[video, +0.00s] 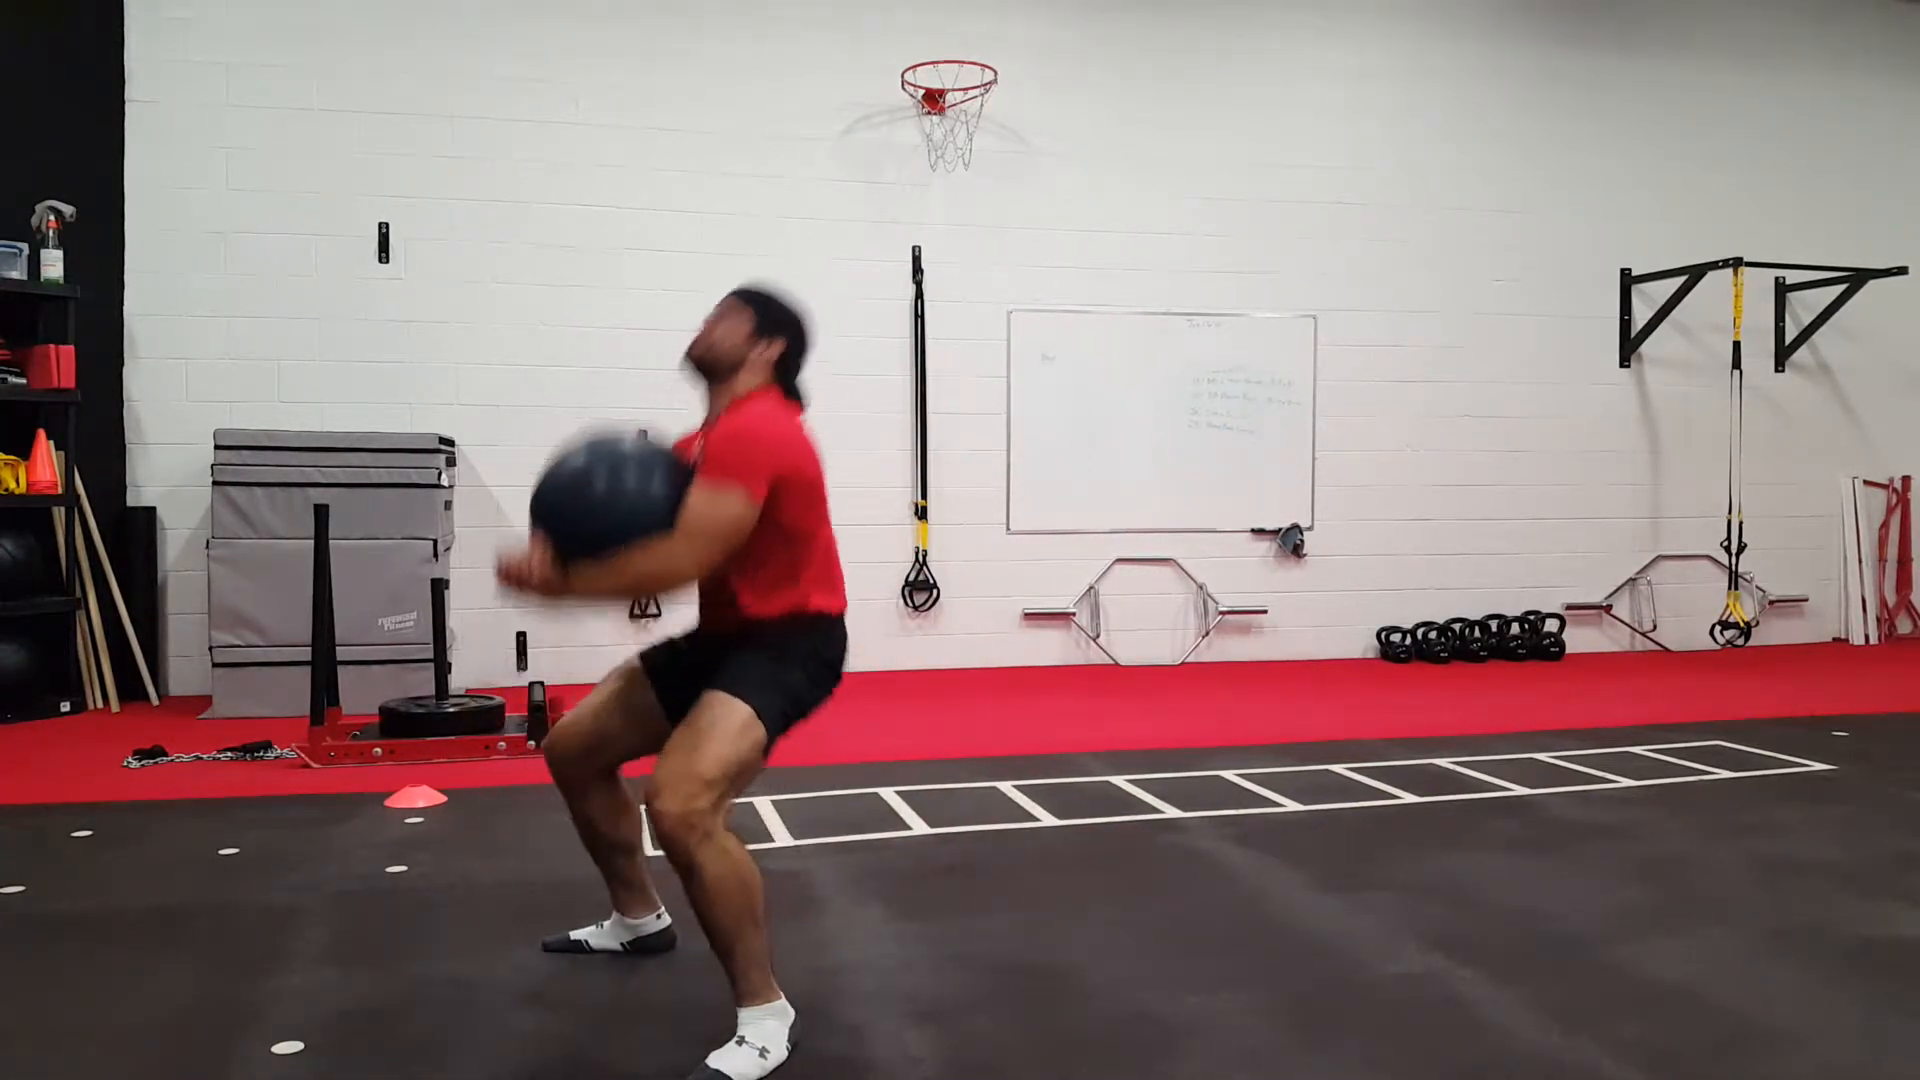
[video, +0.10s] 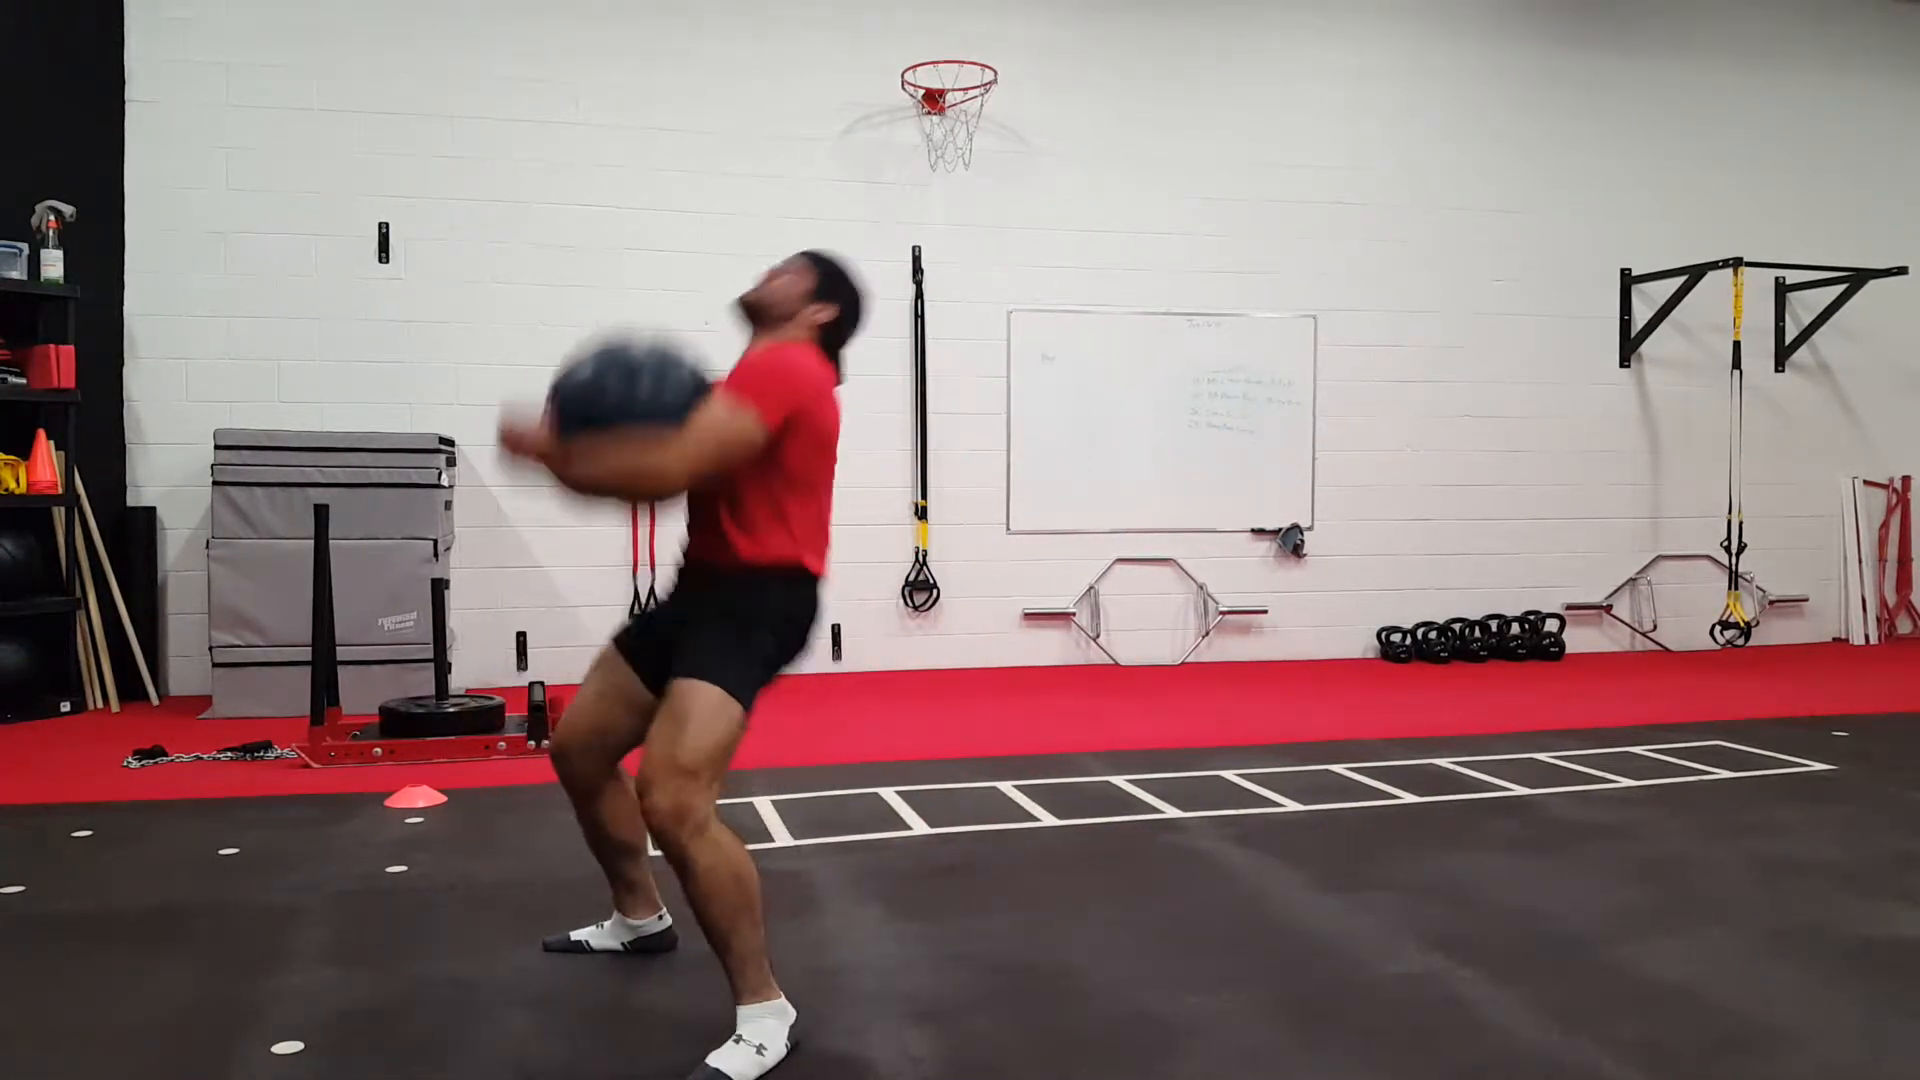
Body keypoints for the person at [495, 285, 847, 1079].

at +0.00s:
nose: (705, 324)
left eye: (726, 316)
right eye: (713, 313)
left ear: (767, 348)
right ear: (743, 348)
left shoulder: (762, 431)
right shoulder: (709, 438)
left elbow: (687, 557)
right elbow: (647, 527)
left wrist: (562, 578)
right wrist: (566, 558)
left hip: (793, 641)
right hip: (723, 638)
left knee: (680, 802)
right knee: (573, 749)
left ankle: (765, 1012)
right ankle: (637, 915)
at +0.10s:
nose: (768, 275)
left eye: (790, 271)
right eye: (780, 267)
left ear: (820, 310)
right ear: (804, 307)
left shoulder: (792, 366)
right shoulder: (764, 368)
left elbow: (673, 464)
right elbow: (683, 450)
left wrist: (560, 456)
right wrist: (588, 440)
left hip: (760, 595)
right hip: (702, 590)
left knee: (673, 797)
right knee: (579, 747)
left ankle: (764, 1008)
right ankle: (639, 915)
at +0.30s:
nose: (836, 277)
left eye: (853, 290)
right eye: (847, 276)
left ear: (859, 339)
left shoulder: (805, 334)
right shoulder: (721, 339)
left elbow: (682, 236)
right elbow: (590, 294)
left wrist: (635, 162)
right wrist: (597, 181)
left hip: (687, 560)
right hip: (624, 553)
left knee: (673, 792)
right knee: (582, 753)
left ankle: (763, 1007)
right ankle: (639, 917)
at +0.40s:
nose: (824, 281)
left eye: (841, 294)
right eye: (832, 280)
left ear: (846, 347)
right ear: (804, 288)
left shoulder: (788, 347)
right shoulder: (694, 337)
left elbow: (699, 201)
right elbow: (580, 287)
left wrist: (678, 70)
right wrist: (587, 167)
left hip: (661, 570)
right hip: (592, 563)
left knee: (649, 801)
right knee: (567, 761)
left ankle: (760, 1007)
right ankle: (637, 918)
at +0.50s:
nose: (783, 285)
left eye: (803, 293)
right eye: (793, 277)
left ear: (821, 347)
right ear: (772, 280)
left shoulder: (776, 373)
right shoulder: (687, 339)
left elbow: (682, 231)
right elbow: (548, 314)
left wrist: (694, 116)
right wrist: (524, 185)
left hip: (653, 587)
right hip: (584, 575)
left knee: (629, 813)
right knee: (553, 774)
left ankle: (756, 1007)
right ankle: (639, 918)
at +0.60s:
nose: (749, 268)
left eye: (774, 274)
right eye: (756, 256)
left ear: (799, 319)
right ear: (736, 258)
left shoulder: (764, 372)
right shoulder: (653, 325)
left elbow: (658, 268)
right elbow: (511, 324)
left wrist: (663, 154)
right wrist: (462, 206)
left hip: (658, 591)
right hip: (580, 574)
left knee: (634, 811)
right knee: (548, 770)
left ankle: (757, 1007)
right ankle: (637, 910)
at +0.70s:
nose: (714, 258)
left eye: (743, 261)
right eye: (720, 238)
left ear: (771, 292)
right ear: (704, 233)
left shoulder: (756, 356)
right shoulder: (615, 311)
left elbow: (640, 302)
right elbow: (474, 346)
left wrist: (608, 181)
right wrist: (425, 255)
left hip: (673, 584)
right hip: (582, 570)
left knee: (657, 801)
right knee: (512, 768)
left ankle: (760, 1005)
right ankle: (610, 877)